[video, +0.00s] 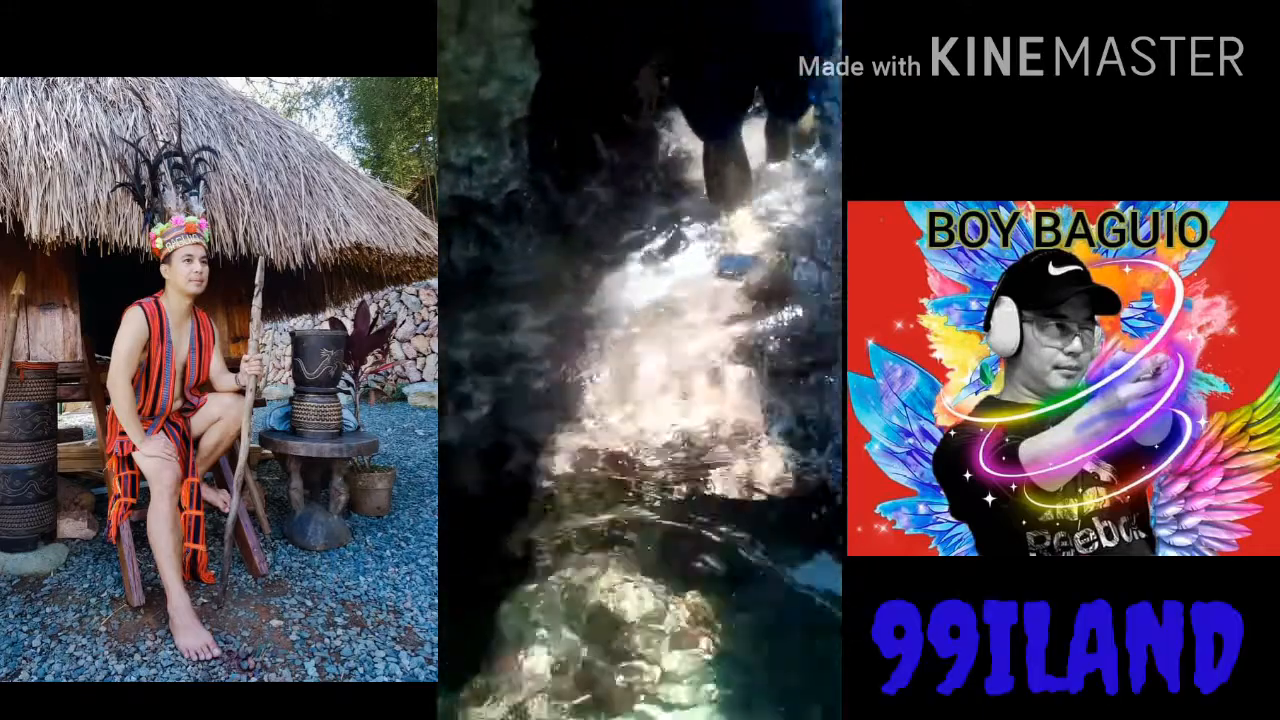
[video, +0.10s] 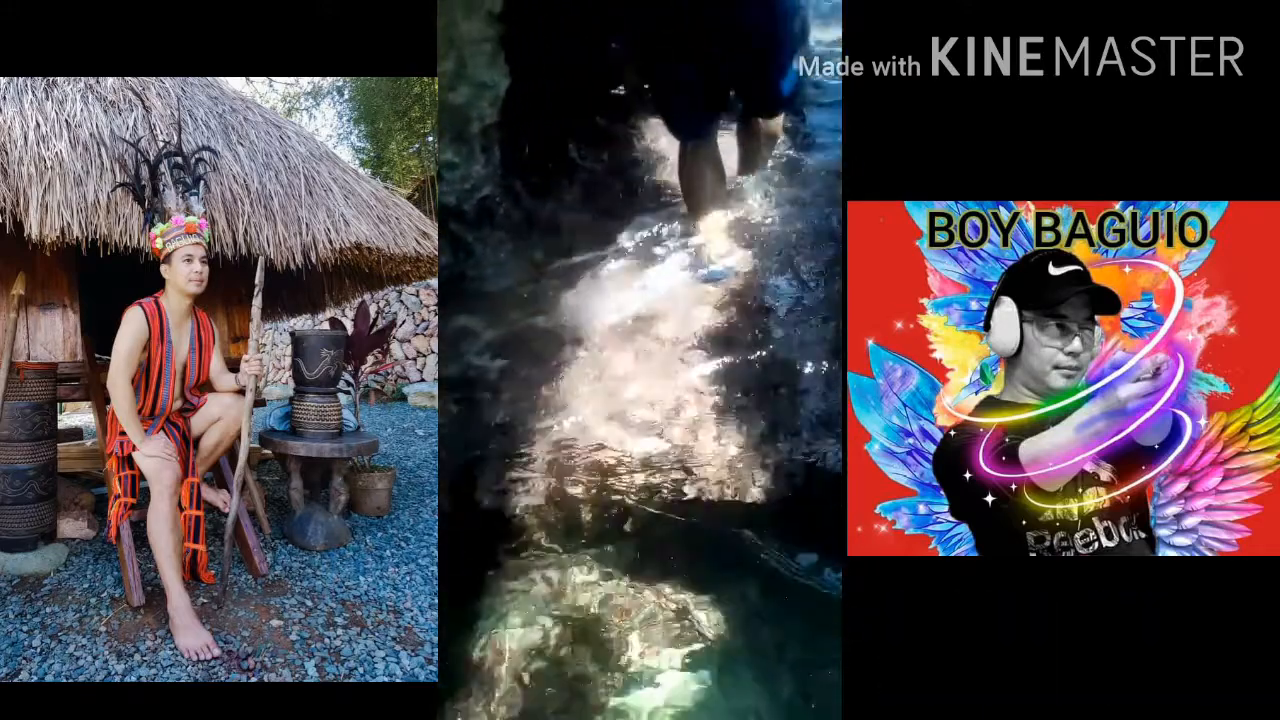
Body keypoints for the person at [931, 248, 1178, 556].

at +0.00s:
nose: (1076, 346)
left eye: (1086, 328)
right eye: (1055, 327)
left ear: (1097, 334)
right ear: (1007, 327)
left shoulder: (1113, 409)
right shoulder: (963, 446)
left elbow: (1155, 435)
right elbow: (1023, 472)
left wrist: (1148, 396)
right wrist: (1106, 412)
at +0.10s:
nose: (1076, 346)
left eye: (1086, 328)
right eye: (1055, 326)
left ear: (1097, 335)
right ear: (1007, 328)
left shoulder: (1113, 408)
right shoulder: (962, 446)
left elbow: (1156, 435)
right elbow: (1022, 471)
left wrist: (1147, 395)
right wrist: (1105, 413)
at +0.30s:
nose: (1076, 346)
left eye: (1086, 328)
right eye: (1055, 326)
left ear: (1097, 335)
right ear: (1007, 328)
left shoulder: (1113, 408)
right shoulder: (962, 446)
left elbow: (1156, 435)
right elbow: (1022, 471)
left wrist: (1147, 395)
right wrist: (1105, 413)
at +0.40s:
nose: (1076, 346)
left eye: (1086, 328)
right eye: (1055, 327)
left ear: (1097, 334)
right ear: (1007, 328)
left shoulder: (1113, 409)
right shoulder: (962, 445)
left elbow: (1155, 435)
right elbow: (1023, 472)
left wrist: (1149, 396)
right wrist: (1106, 412)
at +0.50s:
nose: (1076, 346)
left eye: (1086, 328)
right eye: (1055, 327)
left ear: (1097, 334)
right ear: (1007, 328)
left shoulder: (1114, 408)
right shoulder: (962, 446)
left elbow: (1155, 435)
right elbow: (1022, 472)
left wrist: (1149, 397)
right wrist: (1106, 412)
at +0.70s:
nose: (1076, 346)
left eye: (1086, 328)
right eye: (1055, 327)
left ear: (1096, 334)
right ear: (1007, 327)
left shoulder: (1114, 408)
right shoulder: (962, 446)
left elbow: (1155, 435)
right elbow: (1022, 471)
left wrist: (1149, 397)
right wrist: (1107, 411)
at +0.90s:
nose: (1076, 346)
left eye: (1086, 328)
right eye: (1055, 327)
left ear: (1097, 334)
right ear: (1007, 328)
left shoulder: (1114, 408)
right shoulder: (962, 446)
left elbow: (1156, 435)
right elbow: (1022, 472)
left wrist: (1149, 397)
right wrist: (1106, 412)